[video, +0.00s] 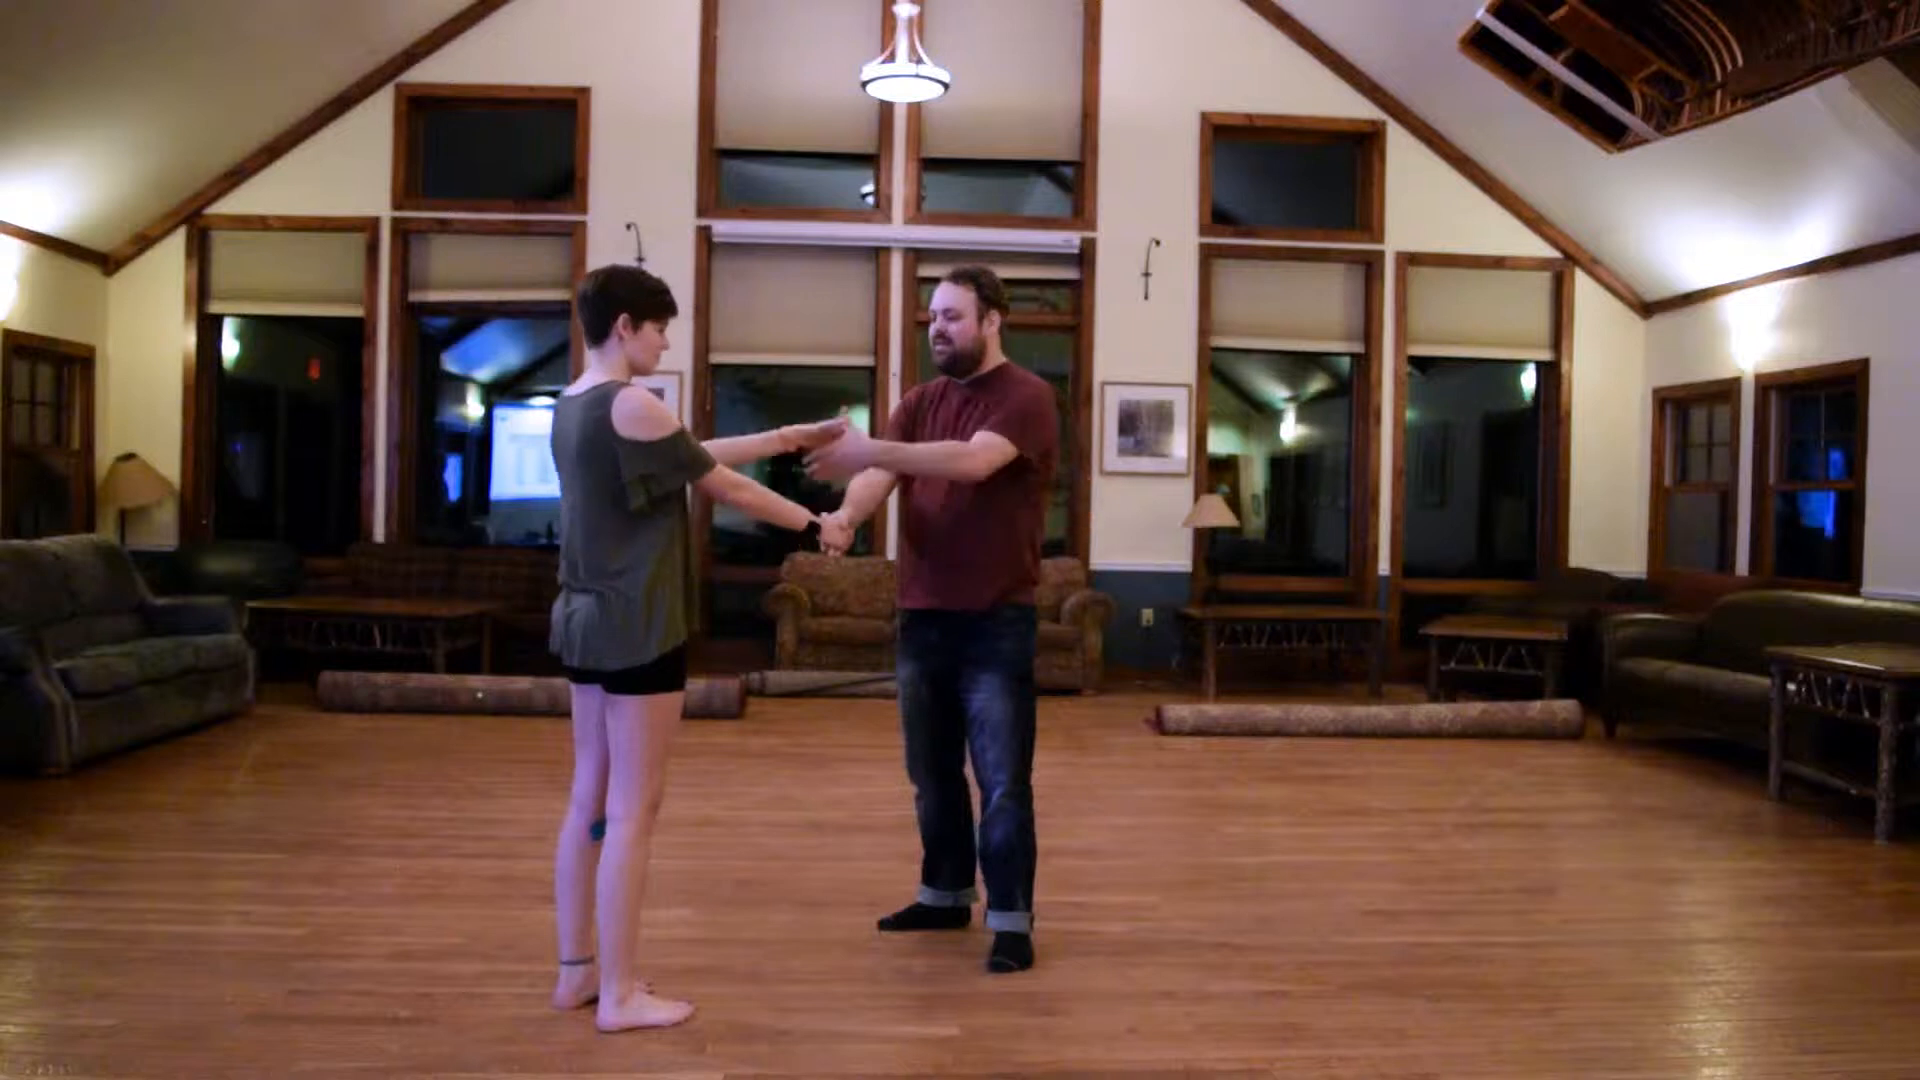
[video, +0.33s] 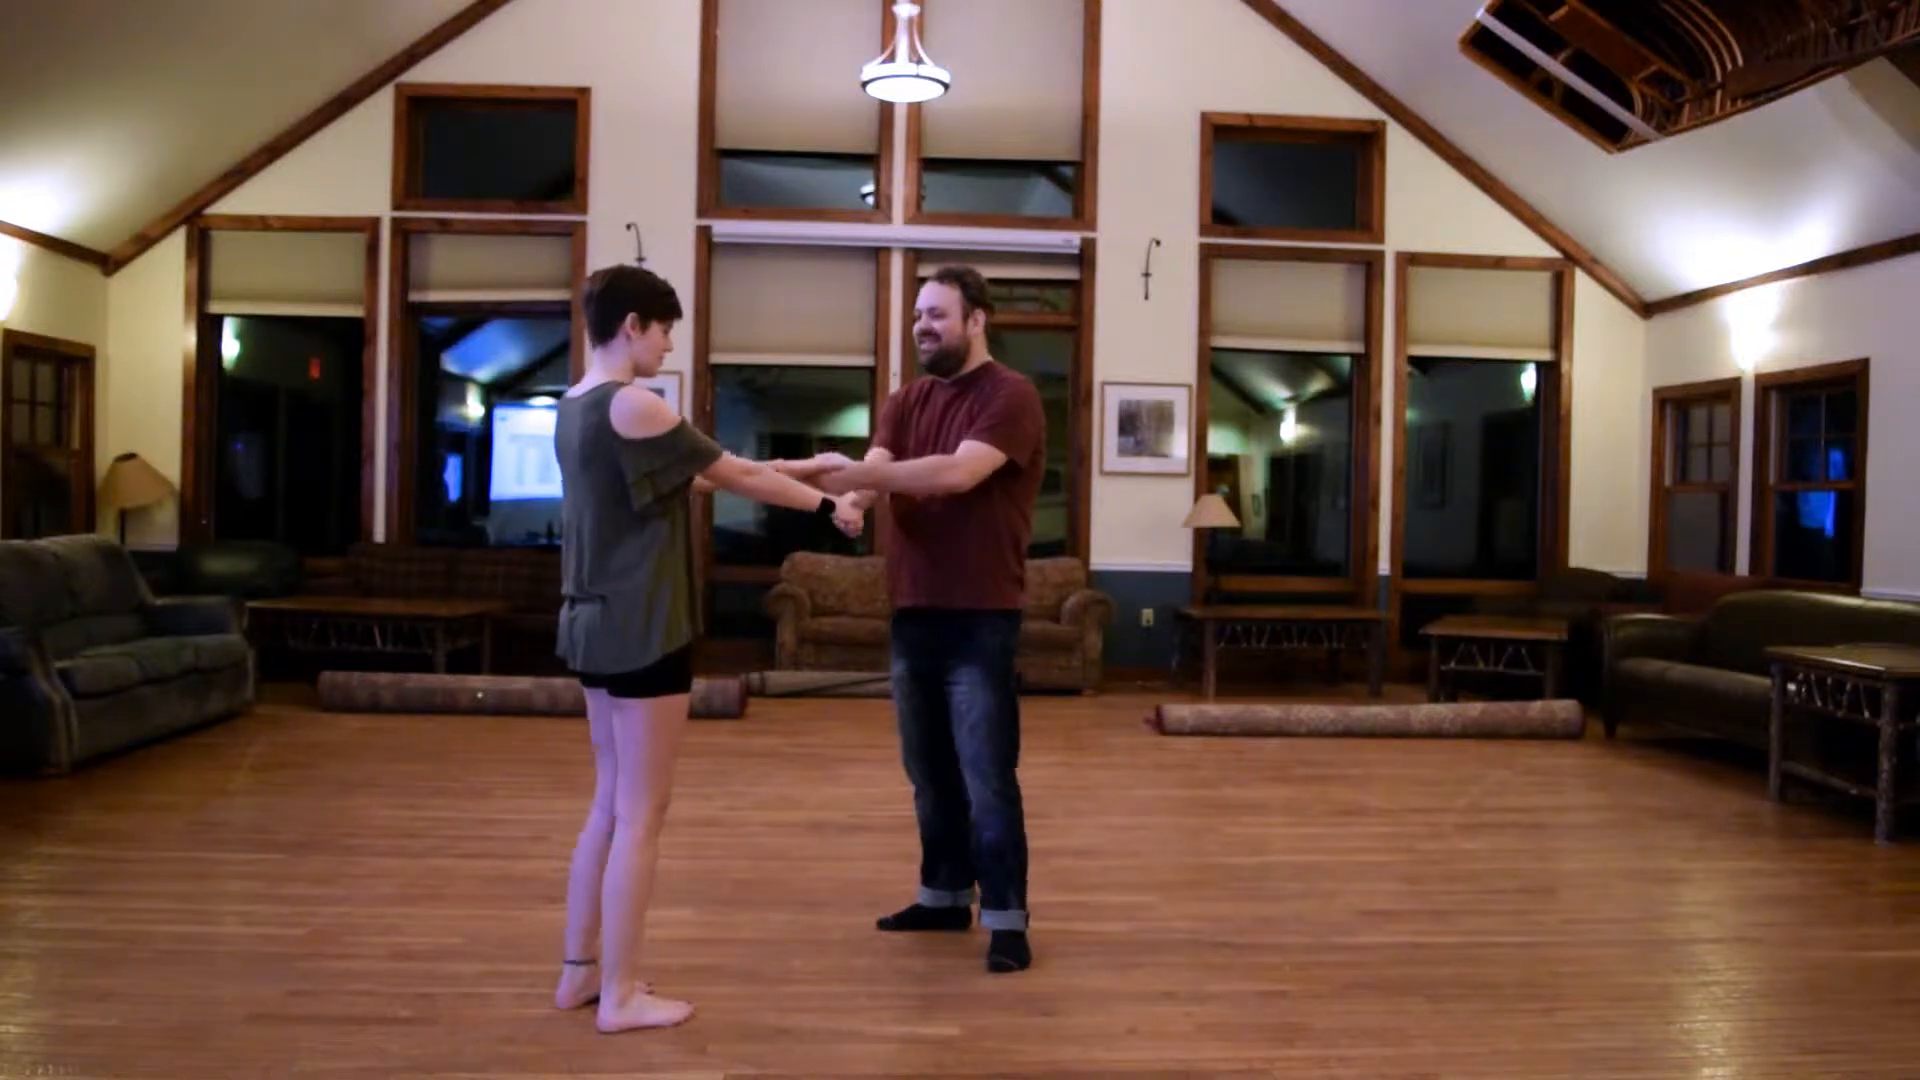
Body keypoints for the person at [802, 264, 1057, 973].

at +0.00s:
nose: (938, 329)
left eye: (952, 317)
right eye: (932, 318)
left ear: (992, 322)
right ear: (928, 326)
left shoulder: (1025, 395)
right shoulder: (918, 404)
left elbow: (973, 462)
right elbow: (881, 471)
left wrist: (870, 450)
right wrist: (843, 516)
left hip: (996, 616)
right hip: (923, 614)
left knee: (1001, 777)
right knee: (932, 770)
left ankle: (1011, 921)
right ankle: (944, 897)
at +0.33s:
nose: (922, 328)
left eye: (937, 317)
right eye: (918, 318)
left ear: (977, 323)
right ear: (917, 326)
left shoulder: (1010, 396)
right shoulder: (905, 401)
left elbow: (960, 474)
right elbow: (876, 473)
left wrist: (859, 474)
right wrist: (850, 501)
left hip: (982, 613)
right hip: (915, 610)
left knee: (986, 770)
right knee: (927, 766)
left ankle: (1006, 919)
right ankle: (943, 898)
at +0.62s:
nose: (906, 328)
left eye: (919, 317)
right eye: (903, 317)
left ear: (962, 322)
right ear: (904, 324)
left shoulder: (996, 390)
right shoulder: (896, 401)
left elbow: (959, 479)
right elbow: (884, 488)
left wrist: (862, 479)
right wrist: (873, 516)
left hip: (971, 612)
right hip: (909, 609)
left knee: (963, 771)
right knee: (921, 765)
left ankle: (970, 925)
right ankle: (937, 897)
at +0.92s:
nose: (898, 319)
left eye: (912, 308)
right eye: (898, 309)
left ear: (955, 316)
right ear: (914, 317)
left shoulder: (981, 378)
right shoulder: (908, 398)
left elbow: (884, 406)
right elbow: (859, 484)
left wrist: (803, 357)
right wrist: (791, 553)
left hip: (968, 604)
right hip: (914, 604)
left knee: (963, 769)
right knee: (925, 763)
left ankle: (972, 924)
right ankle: (941, 897)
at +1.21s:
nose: (897, 311)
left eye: (912, 300)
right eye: (896, 302)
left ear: (953, 311)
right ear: (913, 312)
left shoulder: (979, 373)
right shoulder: (900, 384)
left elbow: (877, 322)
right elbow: (814, 375)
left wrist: (776, 254)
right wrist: (726, 369)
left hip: (966, 604)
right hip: (911, 603)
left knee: (961, 771)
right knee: (925, 766)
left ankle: (972, 923)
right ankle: (940, 898)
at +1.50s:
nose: (901, 315)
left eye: (914, 305)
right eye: (899, 306)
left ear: (958, 314)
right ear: (909, 316)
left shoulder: (984, 373)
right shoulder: (899, 372)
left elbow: (959, 364)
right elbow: (836, 328)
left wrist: (865, 340)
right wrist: (769, 257)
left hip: (961, 606)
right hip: (903, 605)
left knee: (958, 772)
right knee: (920, 768)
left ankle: (969, 925)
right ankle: (940, 898)